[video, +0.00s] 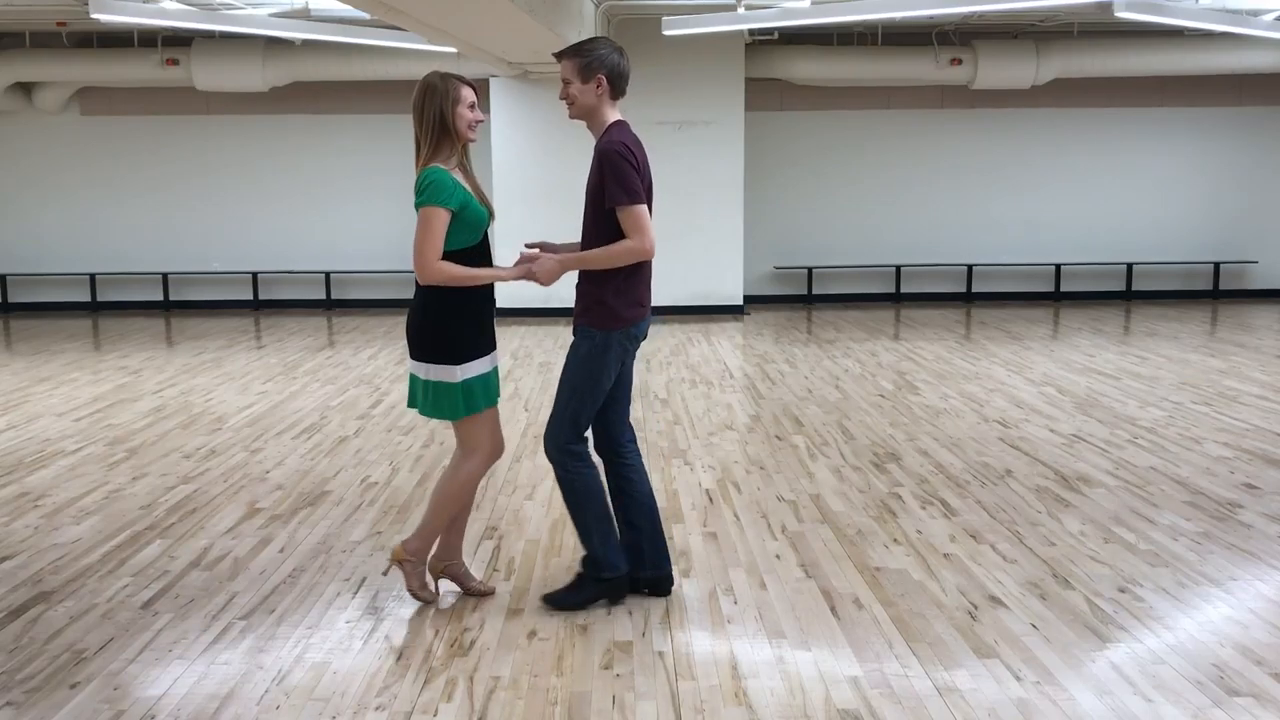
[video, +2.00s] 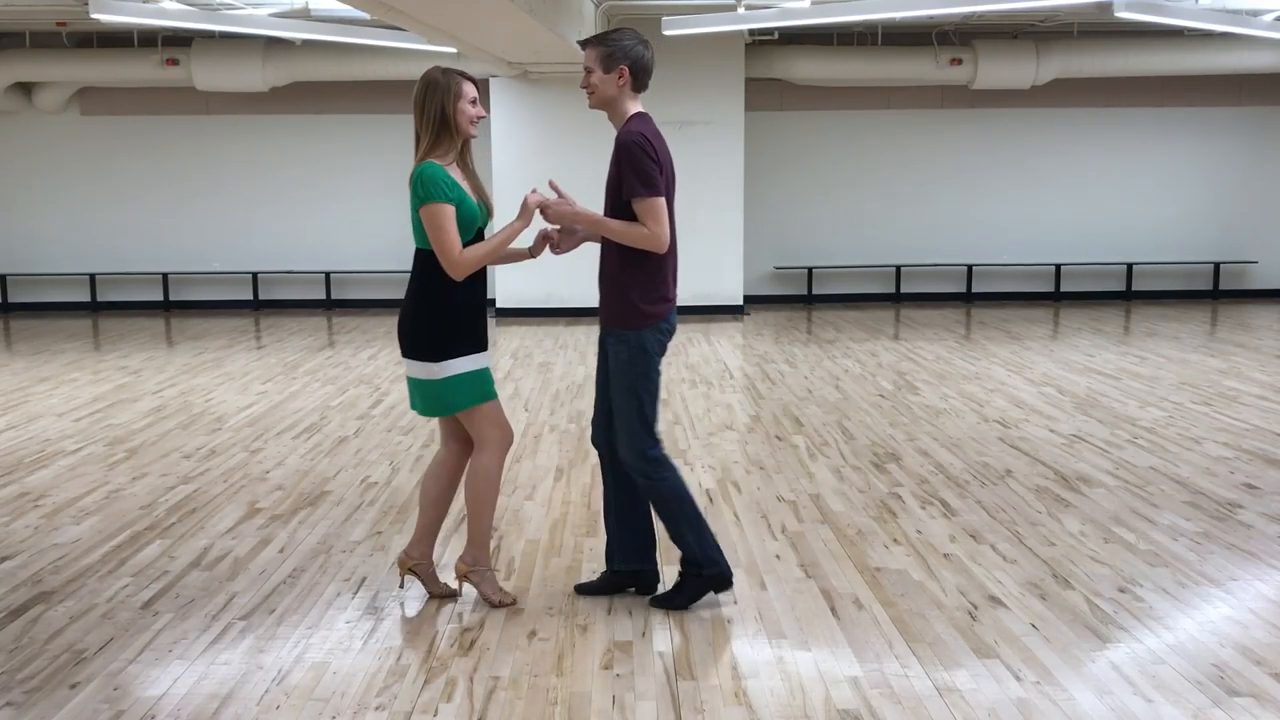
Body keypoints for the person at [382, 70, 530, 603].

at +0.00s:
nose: (478, 115)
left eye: (477, 106)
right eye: (468, 107)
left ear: (465, 114)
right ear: (443, 114)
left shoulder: (456, 174)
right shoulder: (440, 181)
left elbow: (457, 258)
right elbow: (426, 268)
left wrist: (513, 265)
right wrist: (507, 273)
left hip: (465, 326)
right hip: (450, 333)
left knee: (475, 446)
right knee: (483, 446)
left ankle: (450, 555)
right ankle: (416, 550)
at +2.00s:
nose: (480, 111)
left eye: (479, 102)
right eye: (470, 102)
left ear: (469, 111)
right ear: (442, 109)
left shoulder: (458, 172)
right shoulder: (432, 176)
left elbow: (475, 252)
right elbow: (455, 263)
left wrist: (532, 249)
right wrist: (518, 223)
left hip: (450, 328)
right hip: (442, 333)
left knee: (456, 444)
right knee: (494, 437)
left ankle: (418, 552)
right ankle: (477, 558)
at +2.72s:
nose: (448, 111)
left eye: (446, 103)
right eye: (438, 103)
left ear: (427, 111)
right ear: (413, 110)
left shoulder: (423, 173)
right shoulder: (406, 178)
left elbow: (417, 260)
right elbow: (391, 266)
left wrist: (470, 274)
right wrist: (465, 277)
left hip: (426, 332)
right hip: (405, 335)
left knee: (436, 442)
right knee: (421, 446)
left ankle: (392, 555)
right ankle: (364, 562)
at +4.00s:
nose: (488, 111)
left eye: (487, 103)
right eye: (478, 103)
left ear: (476, 111)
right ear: (451, 111)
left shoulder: (466, 174)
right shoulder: (450, 178)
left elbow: (494, 249)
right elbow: (470, 269)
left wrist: (555, 255)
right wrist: (546, 271)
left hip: (480, 328)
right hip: (458, 332)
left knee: (516, 438)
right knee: (486, 444)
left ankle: (479, 553)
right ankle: (458, 562)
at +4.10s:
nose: (482, 113)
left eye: (482, 105)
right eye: (472, 104)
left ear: (471, 112)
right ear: (446, 112)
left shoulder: (460, 176)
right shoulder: (443, 179)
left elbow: (488, 250)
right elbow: (470, 267)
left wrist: (546, 243)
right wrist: (542, 249)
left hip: (474, 328)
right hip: (451, 331)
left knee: (510, 439)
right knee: (478, 445)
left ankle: (448, 541)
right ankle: (458, 565)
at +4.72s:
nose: (435, 112)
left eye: (434, 103)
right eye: (426, 104)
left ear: (415, 112)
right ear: (400, 112)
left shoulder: (416, 173)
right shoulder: (391, 178)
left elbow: (419, 259)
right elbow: (374, 265)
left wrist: (467, 266)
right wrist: (446, 280)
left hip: (425, 328)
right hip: (397, 334)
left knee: (446, 442)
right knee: (398, 455)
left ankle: (410, 555)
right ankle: (342, 566)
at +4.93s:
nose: (430, 113)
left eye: (428, 105)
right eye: (420, 106)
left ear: (405, 115)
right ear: (395, 114)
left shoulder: (407, 177)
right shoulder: (389, 182)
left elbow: (406, 263)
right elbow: (372, 270)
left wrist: (458, 268)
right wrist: (446, 277)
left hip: (410, 335)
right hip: (384, 337)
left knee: (437, 446)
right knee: (379, 455)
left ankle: (394, 553)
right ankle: (335, 568)